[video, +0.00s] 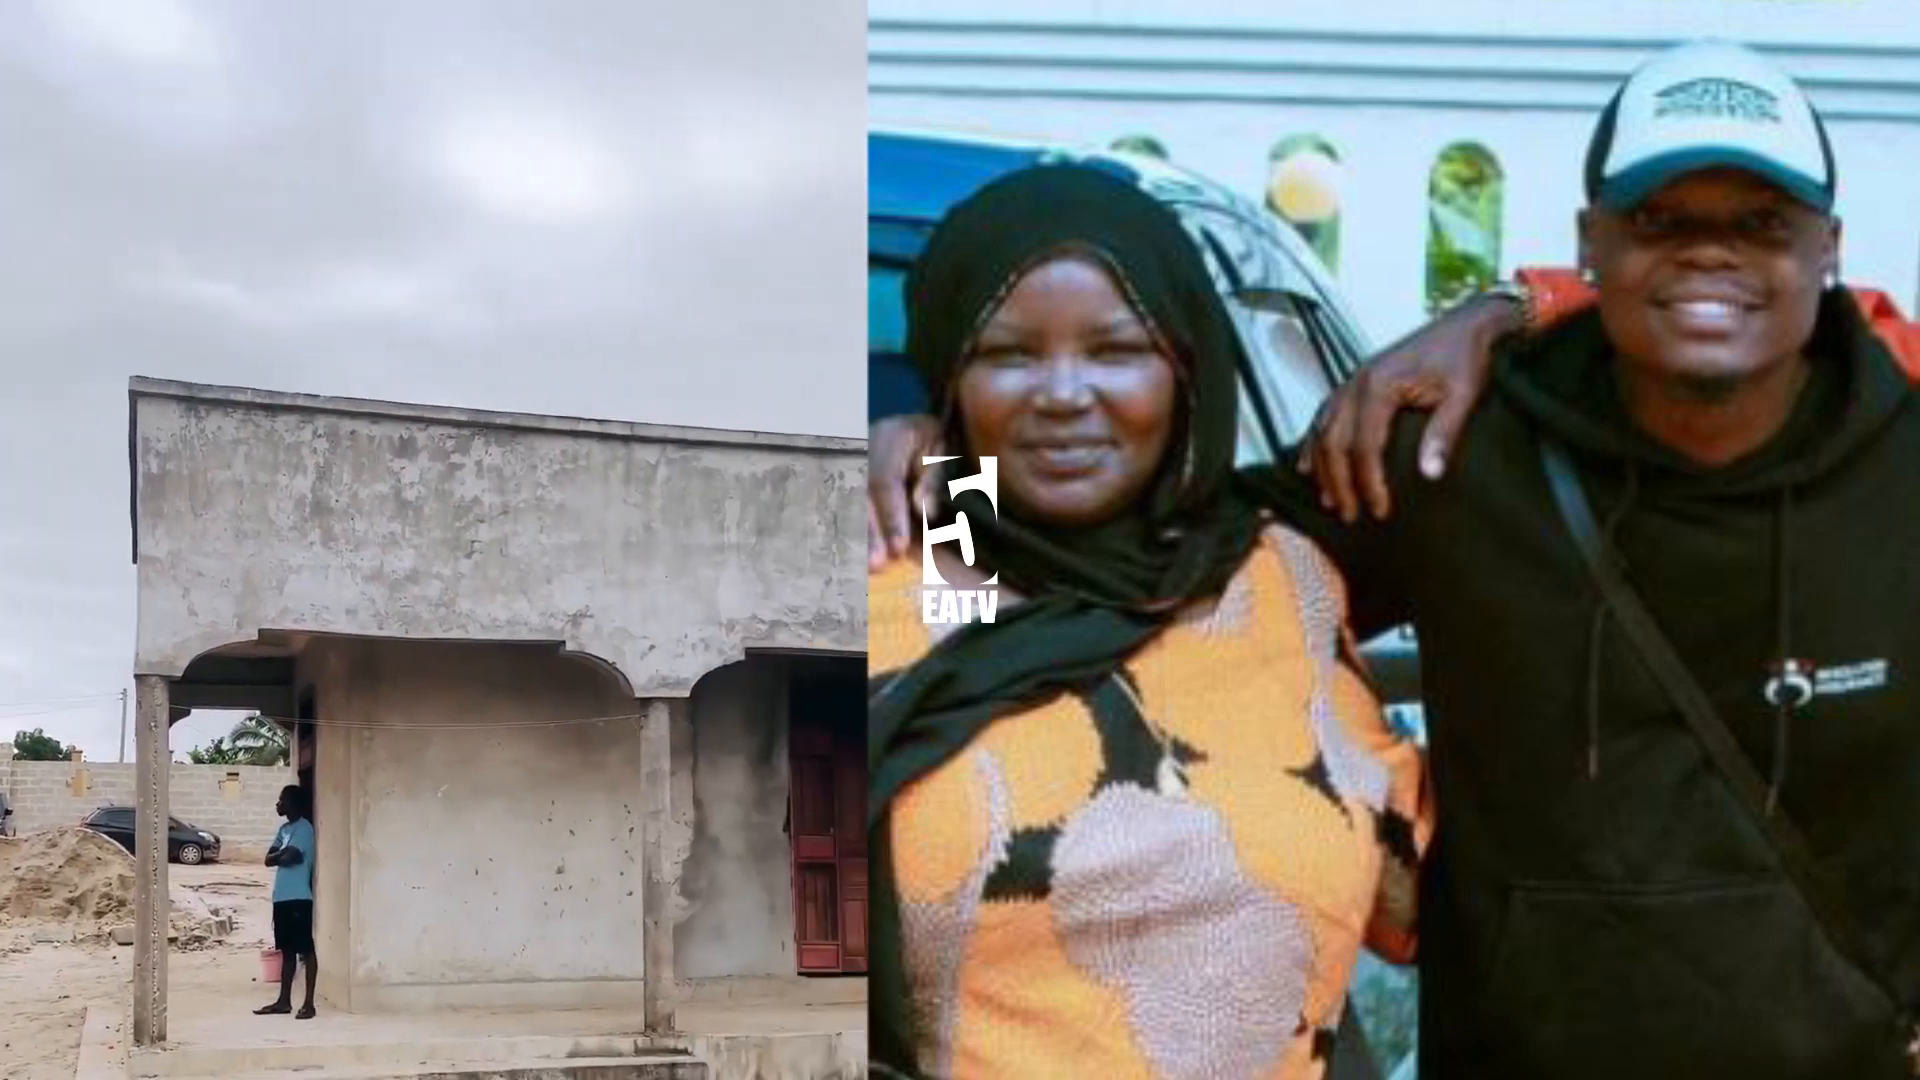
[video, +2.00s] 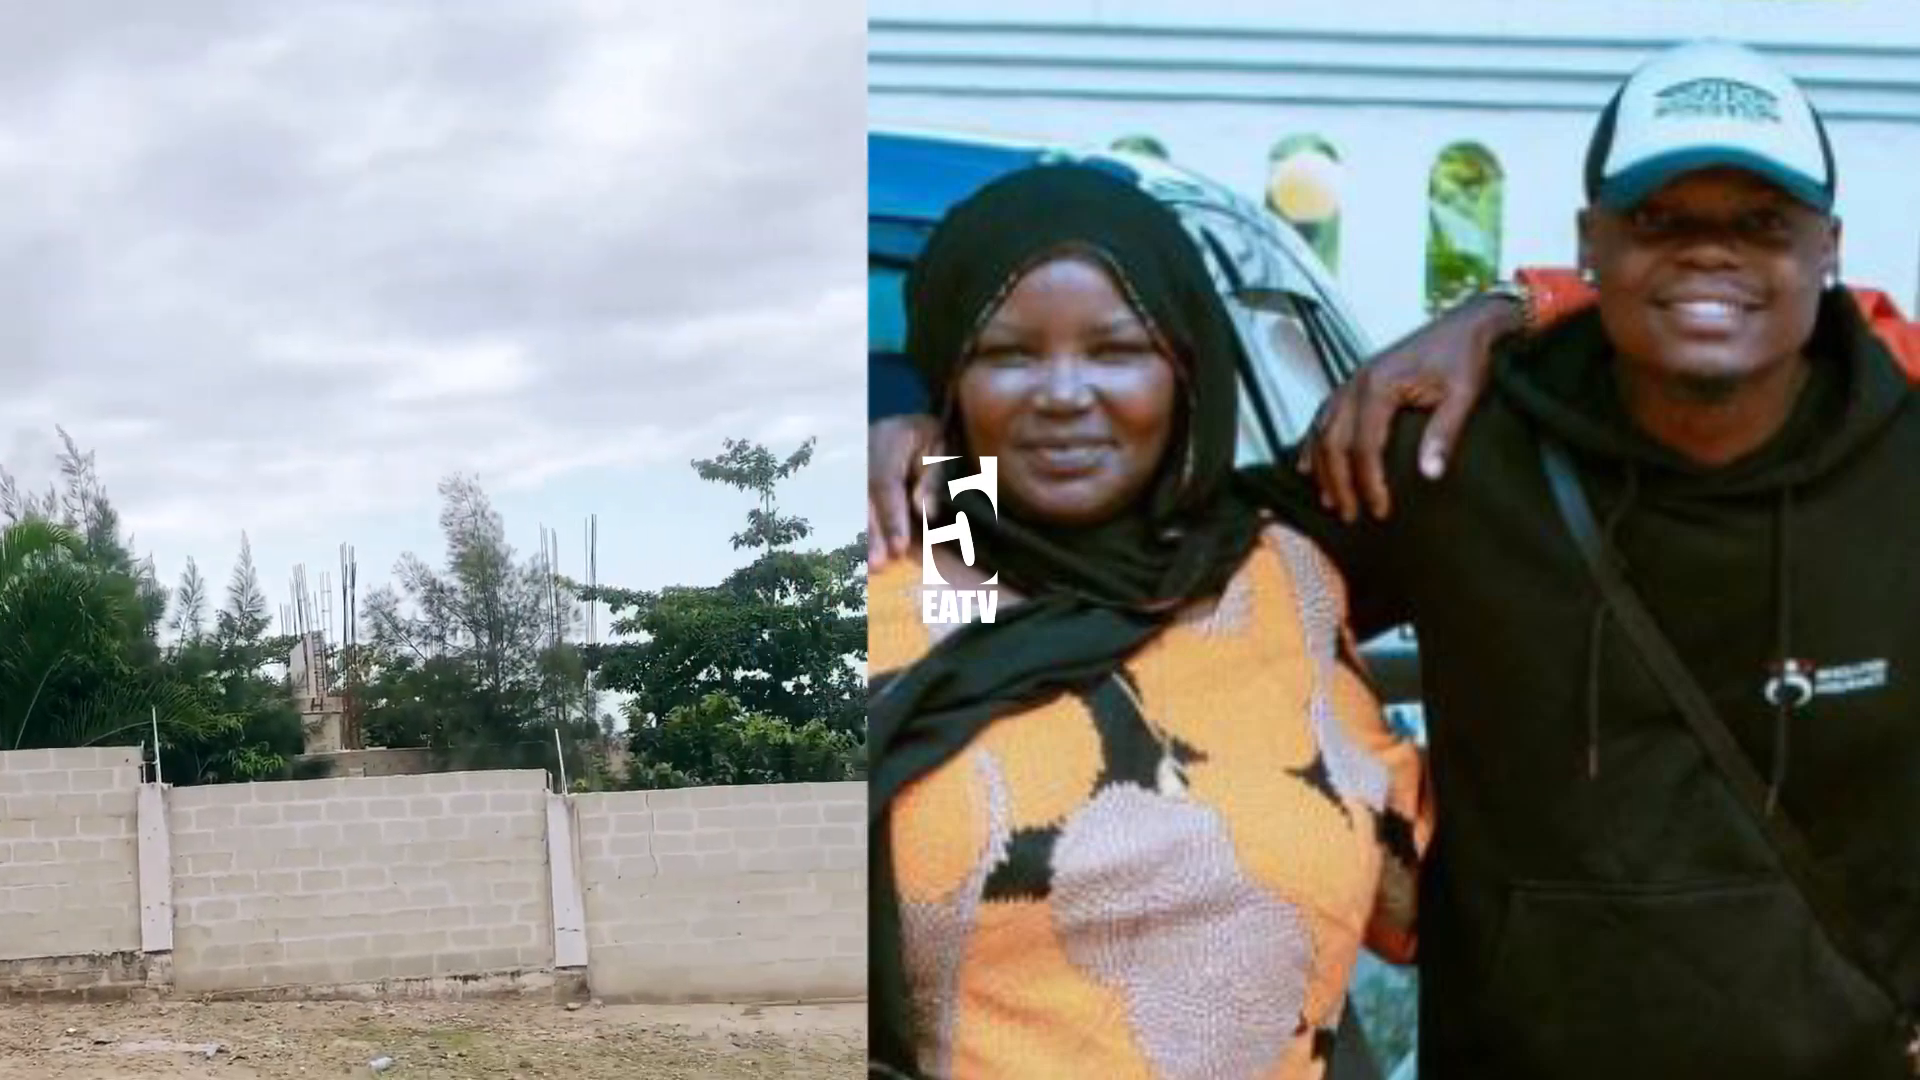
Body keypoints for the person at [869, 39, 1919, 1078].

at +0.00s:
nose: (1707, 251)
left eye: (1757, 219)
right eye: (1664, 215)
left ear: (1825, 250)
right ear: (1595, 242)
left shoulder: (1899, 445)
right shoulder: (1464, 448)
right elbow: (1178, 558)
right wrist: (967, 464)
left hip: (1849, 1038)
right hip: (1537, 1044)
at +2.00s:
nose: (1707, 250)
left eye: (1757, 218)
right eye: (1664, 214)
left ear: (1826, 250)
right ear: (1595, 241)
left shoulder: (1898, 443)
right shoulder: (1464, 449)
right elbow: (1171, 556)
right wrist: (955, 448)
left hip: (1848, 1037)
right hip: (1536, 1044)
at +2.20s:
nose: (1707, 251)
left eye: (1757, 219)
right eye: (1664, 214)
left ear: (1826, 250)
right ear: (1595, 242)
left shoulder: (1899, 445)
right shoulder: (1464, 449)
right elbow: (1172, 556)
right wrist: (958, 453)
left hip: (1848, 1037)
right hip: (1535, 1043)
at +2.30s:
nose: (1706, 250)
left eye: (1757, 218)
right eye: (1664, 214)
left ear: (1826, 250)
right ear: (1594, 241)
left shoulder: (1898, 445)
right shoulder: (1463, 449)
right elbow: (1173, 557)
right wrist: (959, 454)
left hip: (1848, 1038)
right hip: (1535, 1044)